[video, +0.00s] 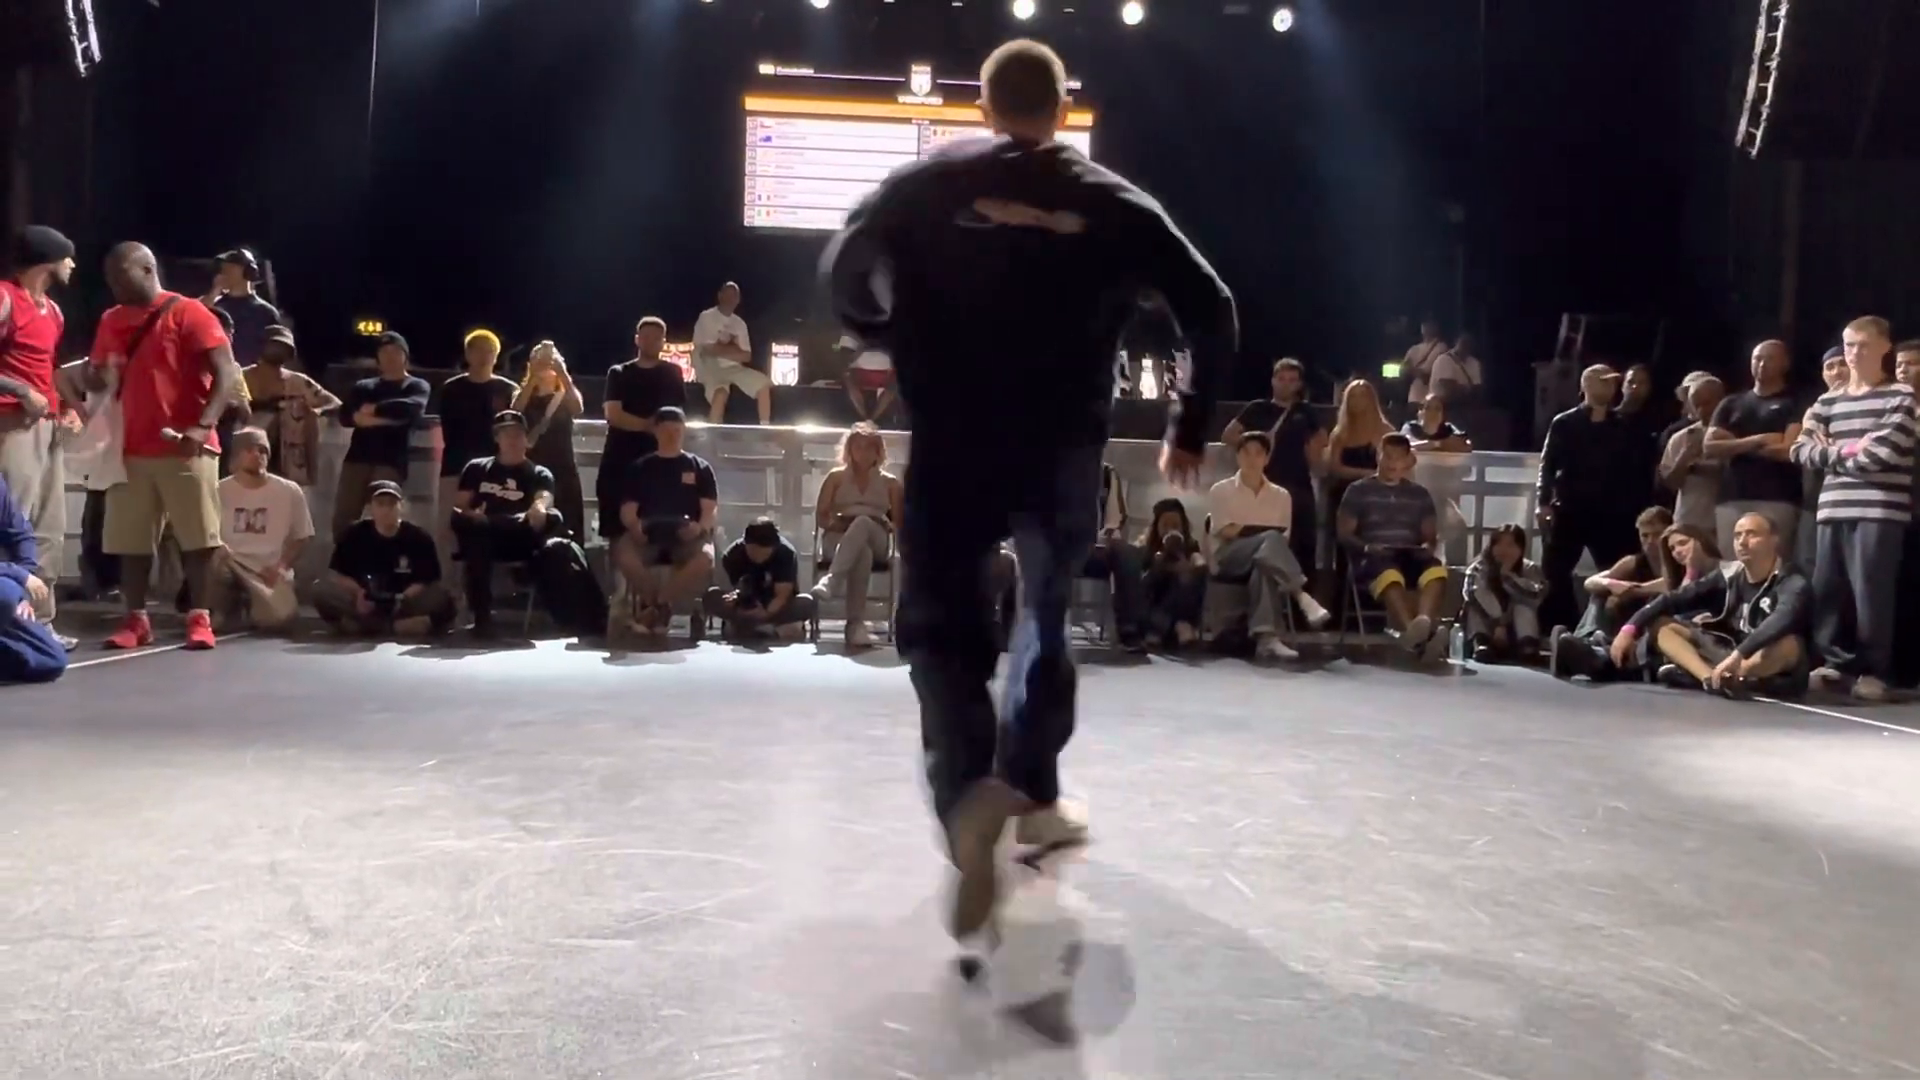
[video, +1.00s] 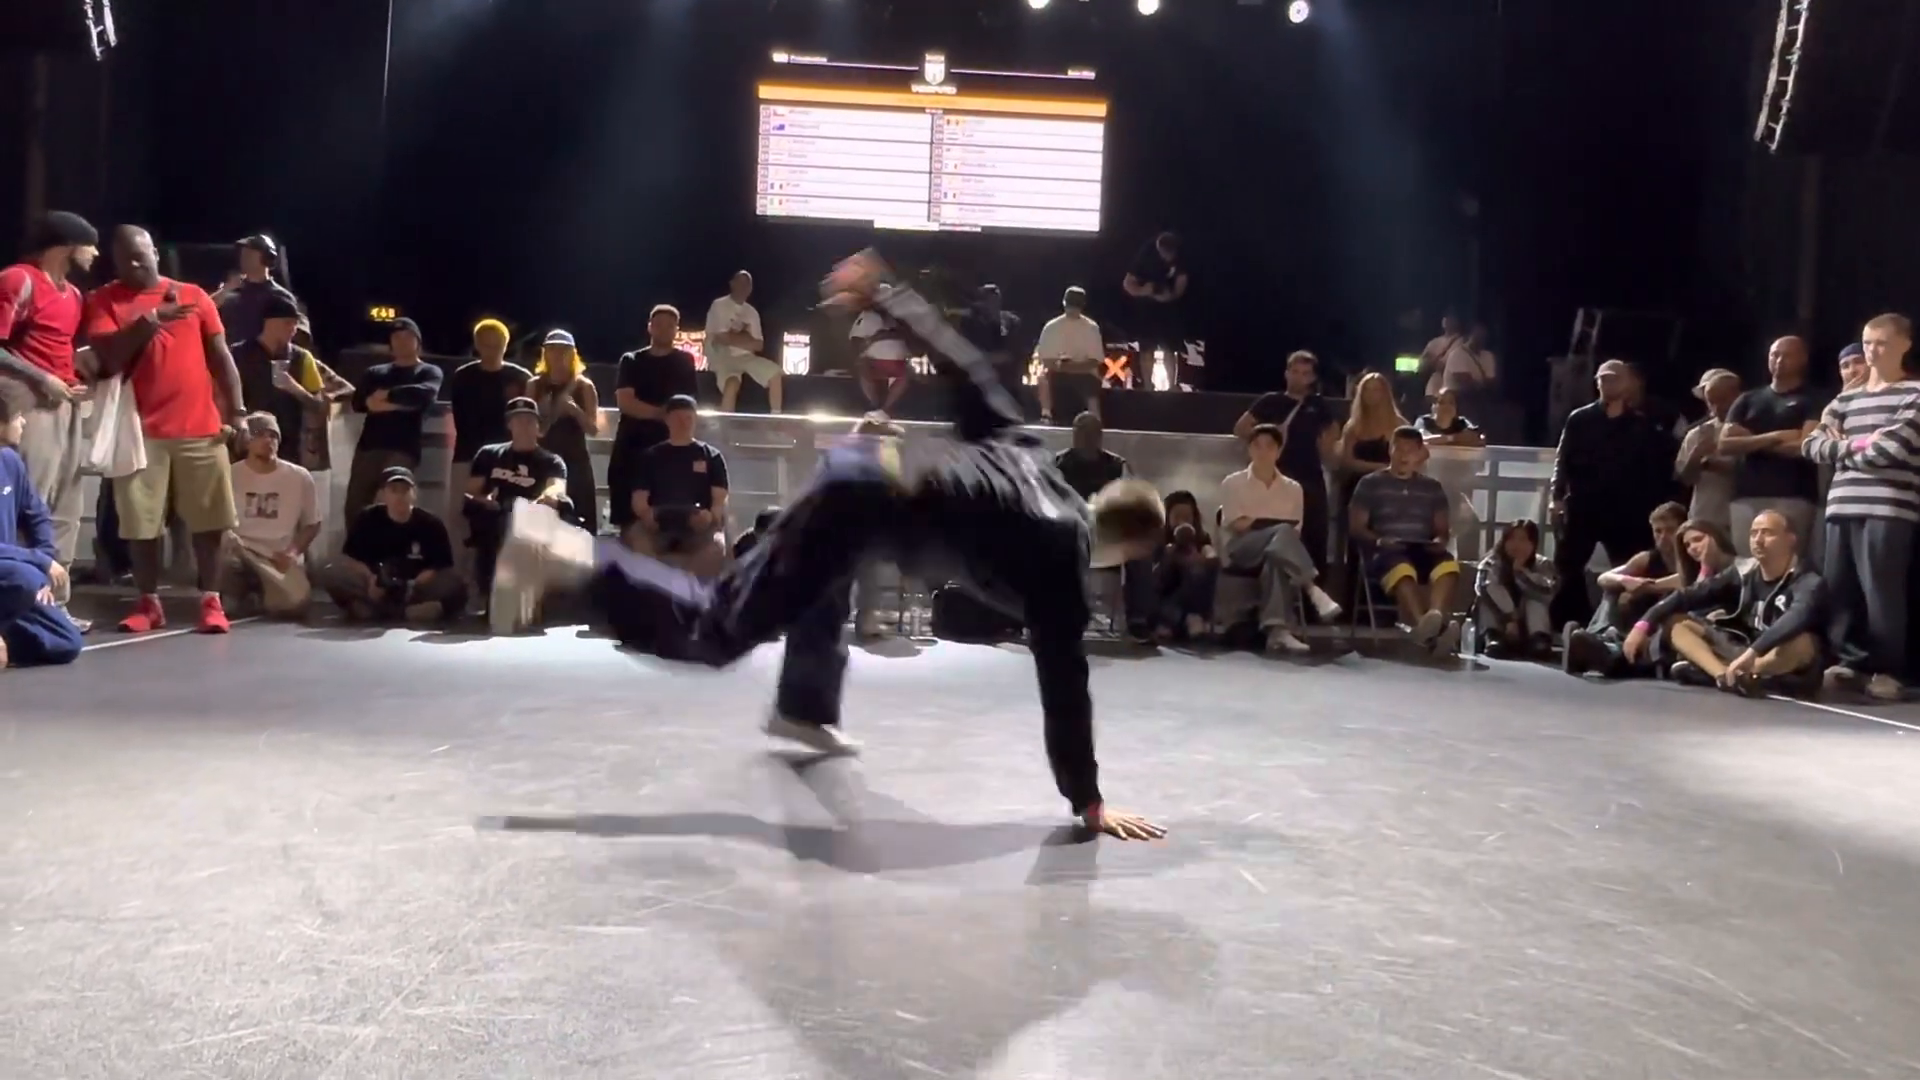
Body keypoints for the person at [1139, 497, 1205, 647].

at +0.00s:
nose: (1170, 531)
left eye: (1175, 526)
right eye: (1165, 525)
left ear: (1184, 526)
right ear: (1156, 526)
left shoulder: (1191, 547)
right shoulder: (1145, 550)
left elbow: (1201, 567)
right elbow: (1142, 583)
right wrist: (1160, 562)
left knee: (1192, 576)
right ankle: (1182, 623)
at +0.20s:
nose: (1172, 530)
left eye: (1177, 524)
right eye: (1167, 524)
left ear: (1185, 525)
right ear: (1158, 525)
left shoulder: (1192, 545)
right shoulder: (1147, 548)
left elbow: (1202, 564)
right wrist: (1161, 562)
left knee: (1192, 575)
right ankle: (1183, 623)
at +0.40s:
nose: (1175, 528)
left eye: (1180, 523)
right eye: (1169, 523)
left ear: (1188, 523)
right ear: (1160, 523)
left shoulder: (1194, 543)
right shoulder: (1150, 545)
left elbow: (1205, 561)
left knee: (1193, 573)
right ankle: (1184, 622)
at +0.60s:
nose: (1178, 525)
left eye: (1183, 520)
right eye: (1172, 520)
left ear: (1191, 520)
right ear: (1163, 520)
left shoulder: (1197, 541)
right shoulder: (1153, 543)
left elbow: (1208, 561)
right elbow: (1148, 576)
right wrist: (1164, 558)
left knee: (1195, 571)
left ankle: (1163, 625)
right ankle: (1189, 619)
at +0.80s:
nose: (1180, 524)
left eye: (1185, 518)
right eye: (1175, 518)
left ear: (1193, 518)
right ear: (1166, 519)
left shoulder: (1200, 540)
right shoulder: (1156, 542)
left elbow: (1210, 561)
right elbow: (1152, 574)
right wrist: (1169, 554)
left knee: (1198, 570)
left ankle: (1165, 624)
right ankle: (1192, 617)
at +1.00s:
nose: (1182, 522)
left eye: (1187, 517)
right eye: (1176, 516)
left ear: (1195, 517)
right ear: (1168, 518)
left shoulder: (1202, 540)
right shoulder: (1161, 542)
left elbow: (1213, 559)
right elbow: (1155, 576)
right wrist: (1168, 557)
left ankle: (1167, 622)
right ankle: (1192, 617)